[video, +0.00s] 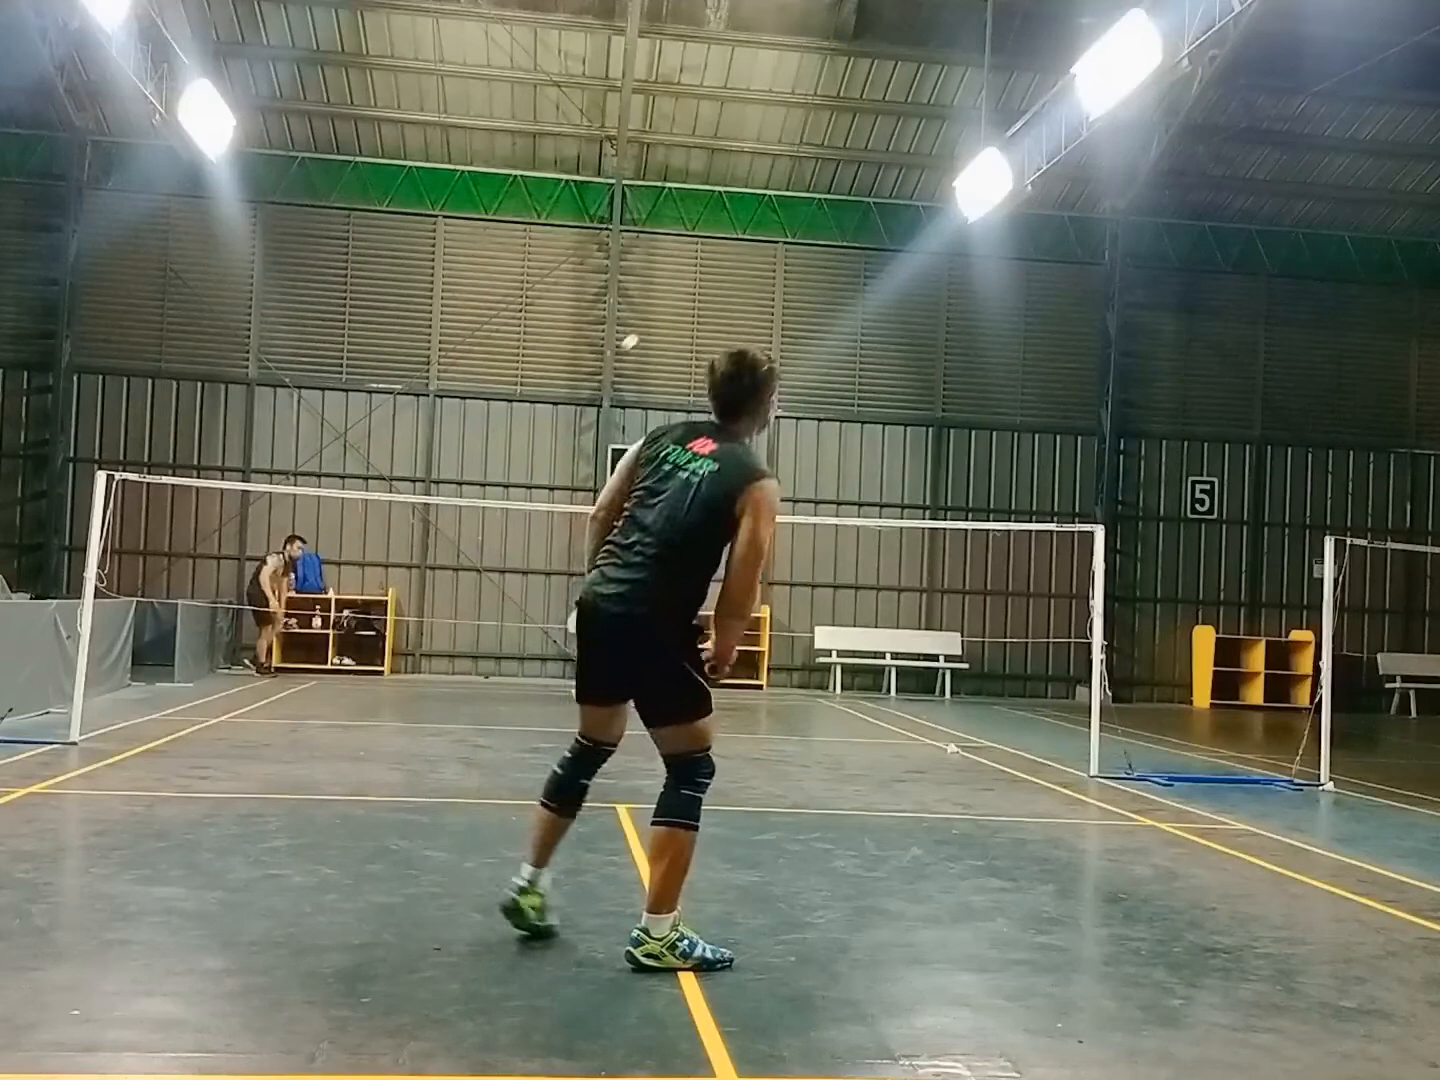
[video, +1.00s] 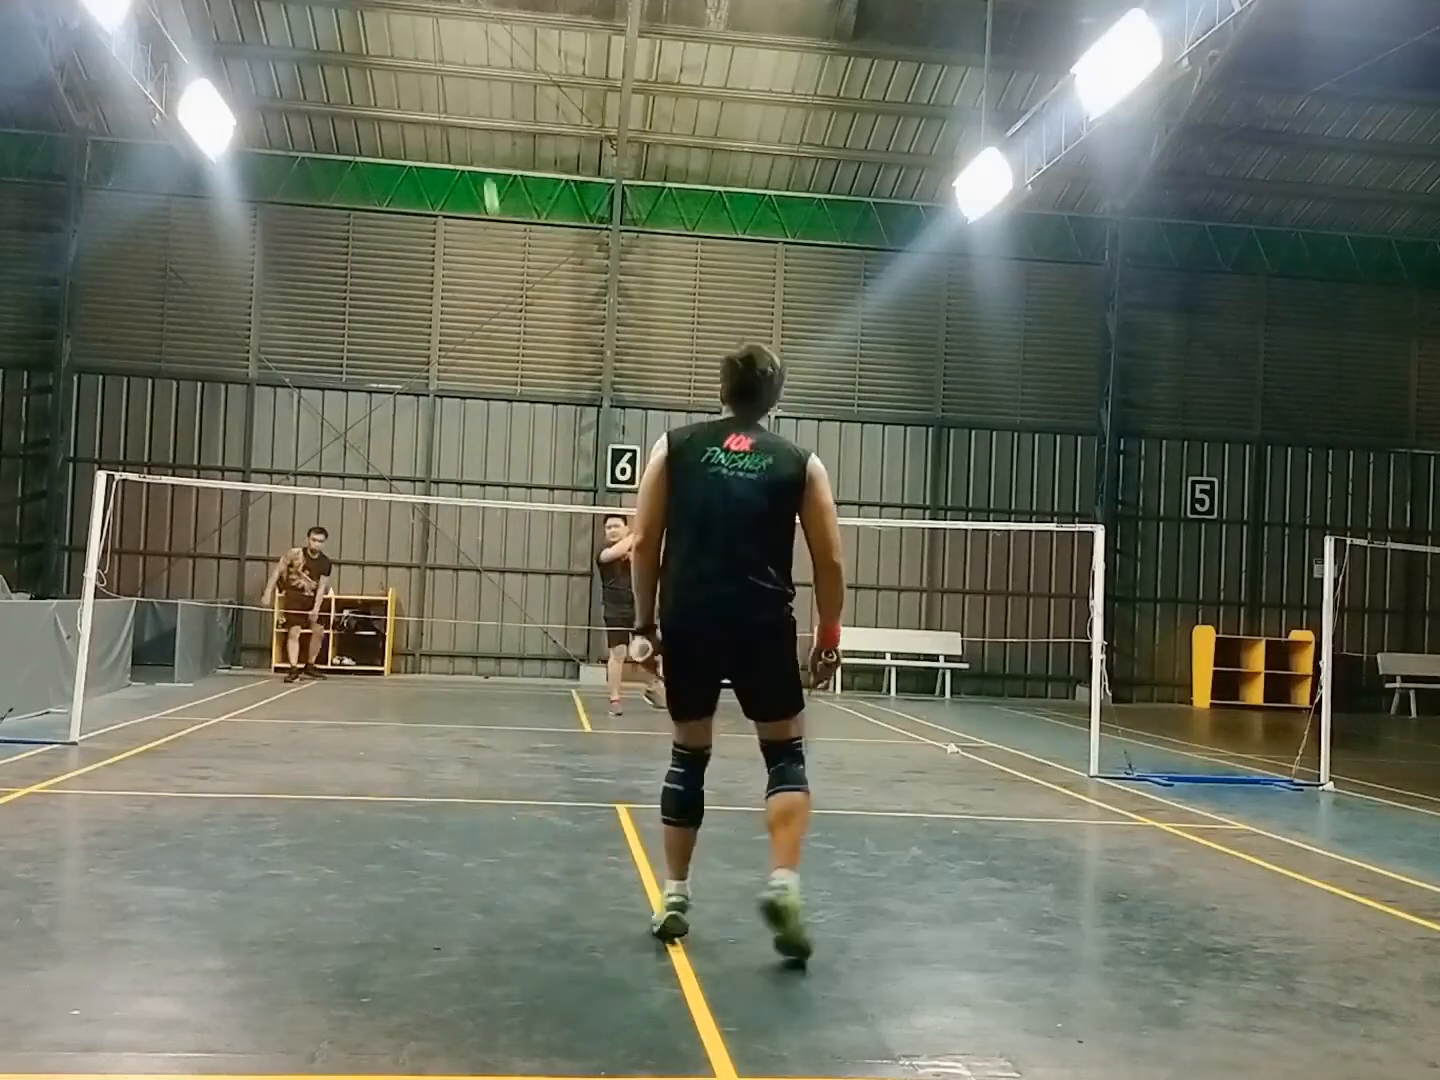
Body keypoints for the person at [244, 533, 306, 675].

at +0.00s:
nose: (300, 552)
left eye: (301, 549)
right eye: (298, 548)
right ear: (288, 547)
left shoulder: (286, 565)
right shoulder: (275, 558)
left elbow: (283, 589)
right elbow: (263, 577)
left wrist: (282, 609)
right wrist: (271, 600)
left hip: (269, 590)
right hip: (257, 590)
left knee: (273, 625)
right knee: (266, 625)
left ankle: (262, 660)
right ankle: (261, 662)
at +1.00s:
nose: (316, 544)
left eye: (320, 541)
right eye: (314, 540)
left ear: (324, 543)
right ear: (307, 539)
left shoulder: (325, 563)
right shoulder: (294, 554)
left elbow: (321, 588)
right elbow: (277, 572)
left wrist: (315, 609)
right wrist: (267, 593)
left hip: (312, 599)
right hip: (294, 597)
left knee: (318, 631)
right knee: (294, 632)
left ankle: (310, 666)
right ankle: (294, 668)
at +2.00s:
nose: (315, 535)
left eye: (319, 533)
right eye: (312, 531)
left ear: (324, 535)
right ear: (307, 531)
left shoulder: (326, 558)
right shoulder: (297, 546)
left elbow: (318, 585)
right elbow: (288, 567)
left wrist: (307, 605)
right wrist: (279, 585)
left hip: (311, 595)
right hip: (291, 593)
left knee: (310, 632)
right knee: (282, 630)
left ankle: (307, 671)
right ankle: (289, 663)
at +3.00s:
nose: (252, 531)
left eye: (257, 527)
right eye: (249, 527)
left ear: (266, 529)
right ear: (247, 528)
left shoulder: (269, 551)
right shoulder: (253, 549)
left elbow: (264, 581)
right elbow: (245, 570)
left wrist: (256, 602)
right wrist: (246, 585)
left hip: (269, 596)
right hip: (255, 593)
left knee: (265, 634)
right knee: (232, 625)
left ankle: (268, 676)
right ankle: (247, 661)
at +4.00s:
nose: (218, 531)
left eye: (222, 528)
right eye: (215, 526)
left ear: (225, 531)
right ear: (206, 525)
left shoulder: (227, 554)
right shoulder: (194, 543)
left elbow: (219, 584)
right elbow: (184, 568)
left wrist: (208, 606)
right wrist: (179, 592)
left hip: (216, 597)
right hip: (193, 595)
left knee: (210, 635)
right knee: (193, 635)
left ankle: (203, 677)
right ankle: (208, 667)